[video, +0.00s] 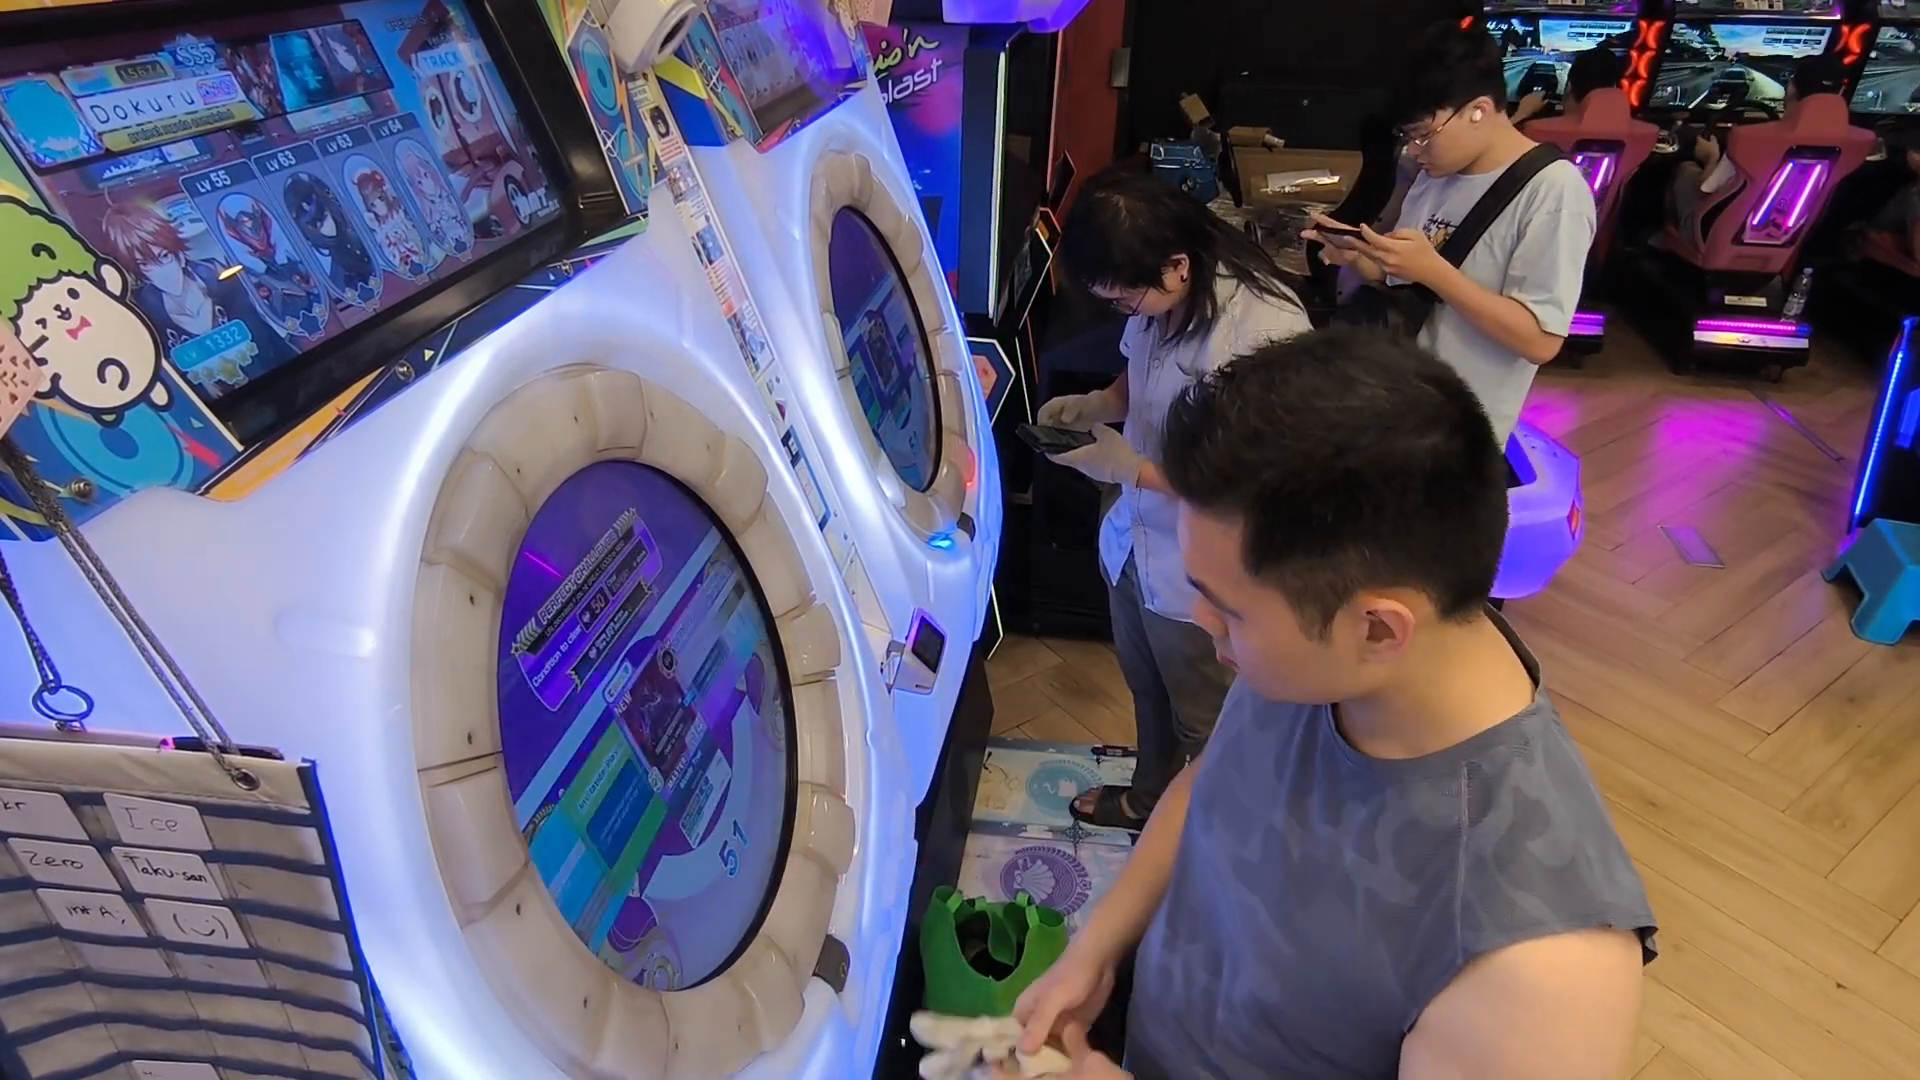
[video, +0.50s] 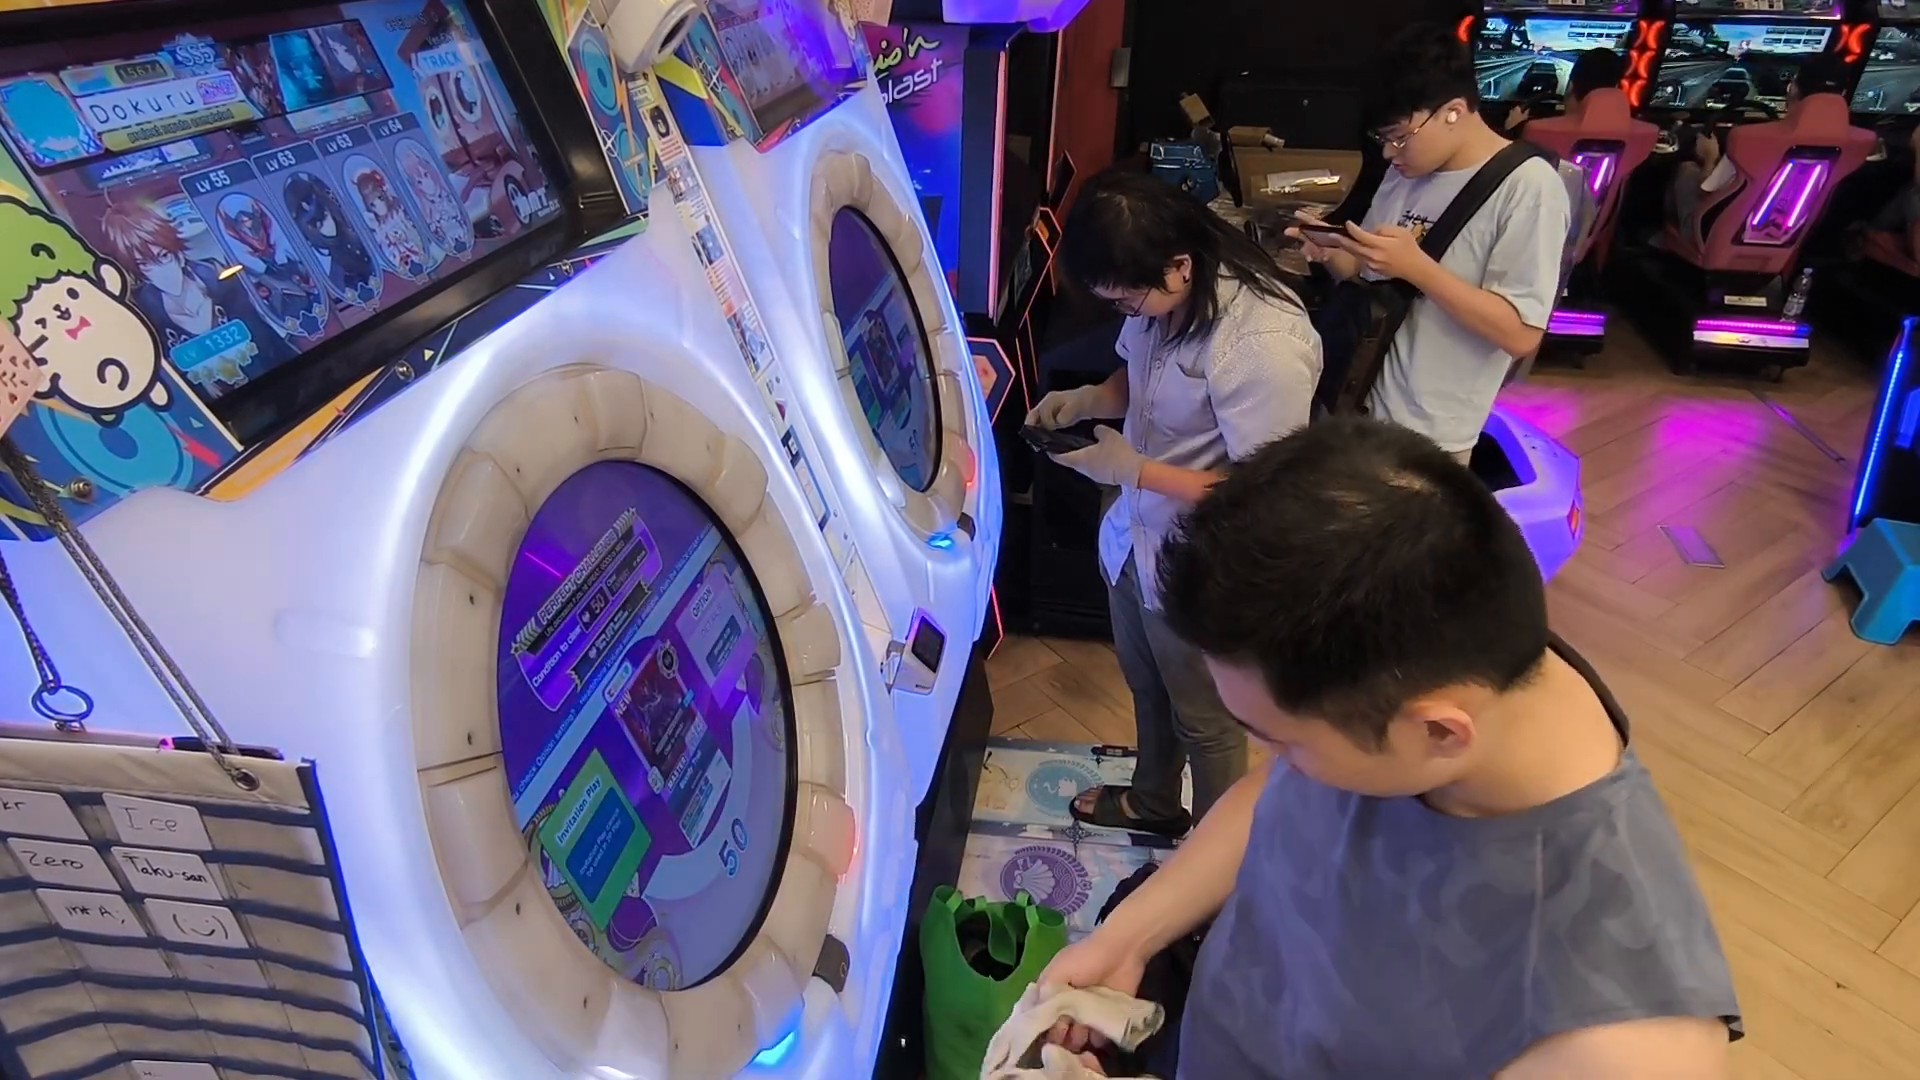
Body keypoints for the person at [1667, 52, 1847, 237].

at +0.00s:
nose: (1786, 90)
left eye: (1789, 85)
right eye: (1789, 85)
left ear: (1794, 91)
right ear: (1838, 96)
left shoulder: (1756, 140)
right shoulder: (1848, 151)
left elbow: (1707, 187)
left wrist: (1712, 156)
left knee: (1686, 170)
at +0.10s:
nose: (1787, 88)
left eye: (1790, 83)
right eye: (1790, 82)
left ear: (1794, 90)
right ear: (1837, 95)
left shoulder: (1758, 140)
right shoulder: (1845, 150)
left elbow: (1708, 186)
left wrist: (1713, 156)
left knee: (1685, 170)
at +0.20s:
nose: (1788, 86)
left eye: (1791, 82)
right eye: (1792, 81)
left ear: (1794, 90)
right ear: (1838, 96)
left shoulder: (1759, 139)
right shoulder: (1844, 148)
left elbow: (1712, 189)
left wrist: (1715, 164)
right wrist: (1724, 165)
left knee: (1687, 169)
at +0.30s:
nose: (1788, 86)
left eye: (1792, 82)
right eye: (1792, 80)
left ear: (1794, 91)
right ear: (1839, 97)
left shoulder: (1758, 141)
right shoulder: (1843, 150)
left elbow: (1711, 189)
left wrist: (1714, 164)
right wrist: (1725, 164)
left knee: (1687, 169)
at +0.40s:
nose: (1788, 86)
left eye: (1792, 82)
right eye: (1792, 80)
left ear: (1796, 92)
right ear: (1837, 97)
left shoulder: (1764, 138)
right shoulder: (1842, 149)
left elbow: (1712, 187)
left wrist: (1715, 163)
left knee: (1687, 169)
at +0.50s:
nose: (1788, 87)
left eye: (1792, 83)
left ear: (1794, 90)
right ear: (1840, 96)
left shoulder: (1757, 140)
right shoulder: (1847, 150)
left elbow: (1709, 189)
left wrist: (1709, 158)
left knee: (1686, 169)